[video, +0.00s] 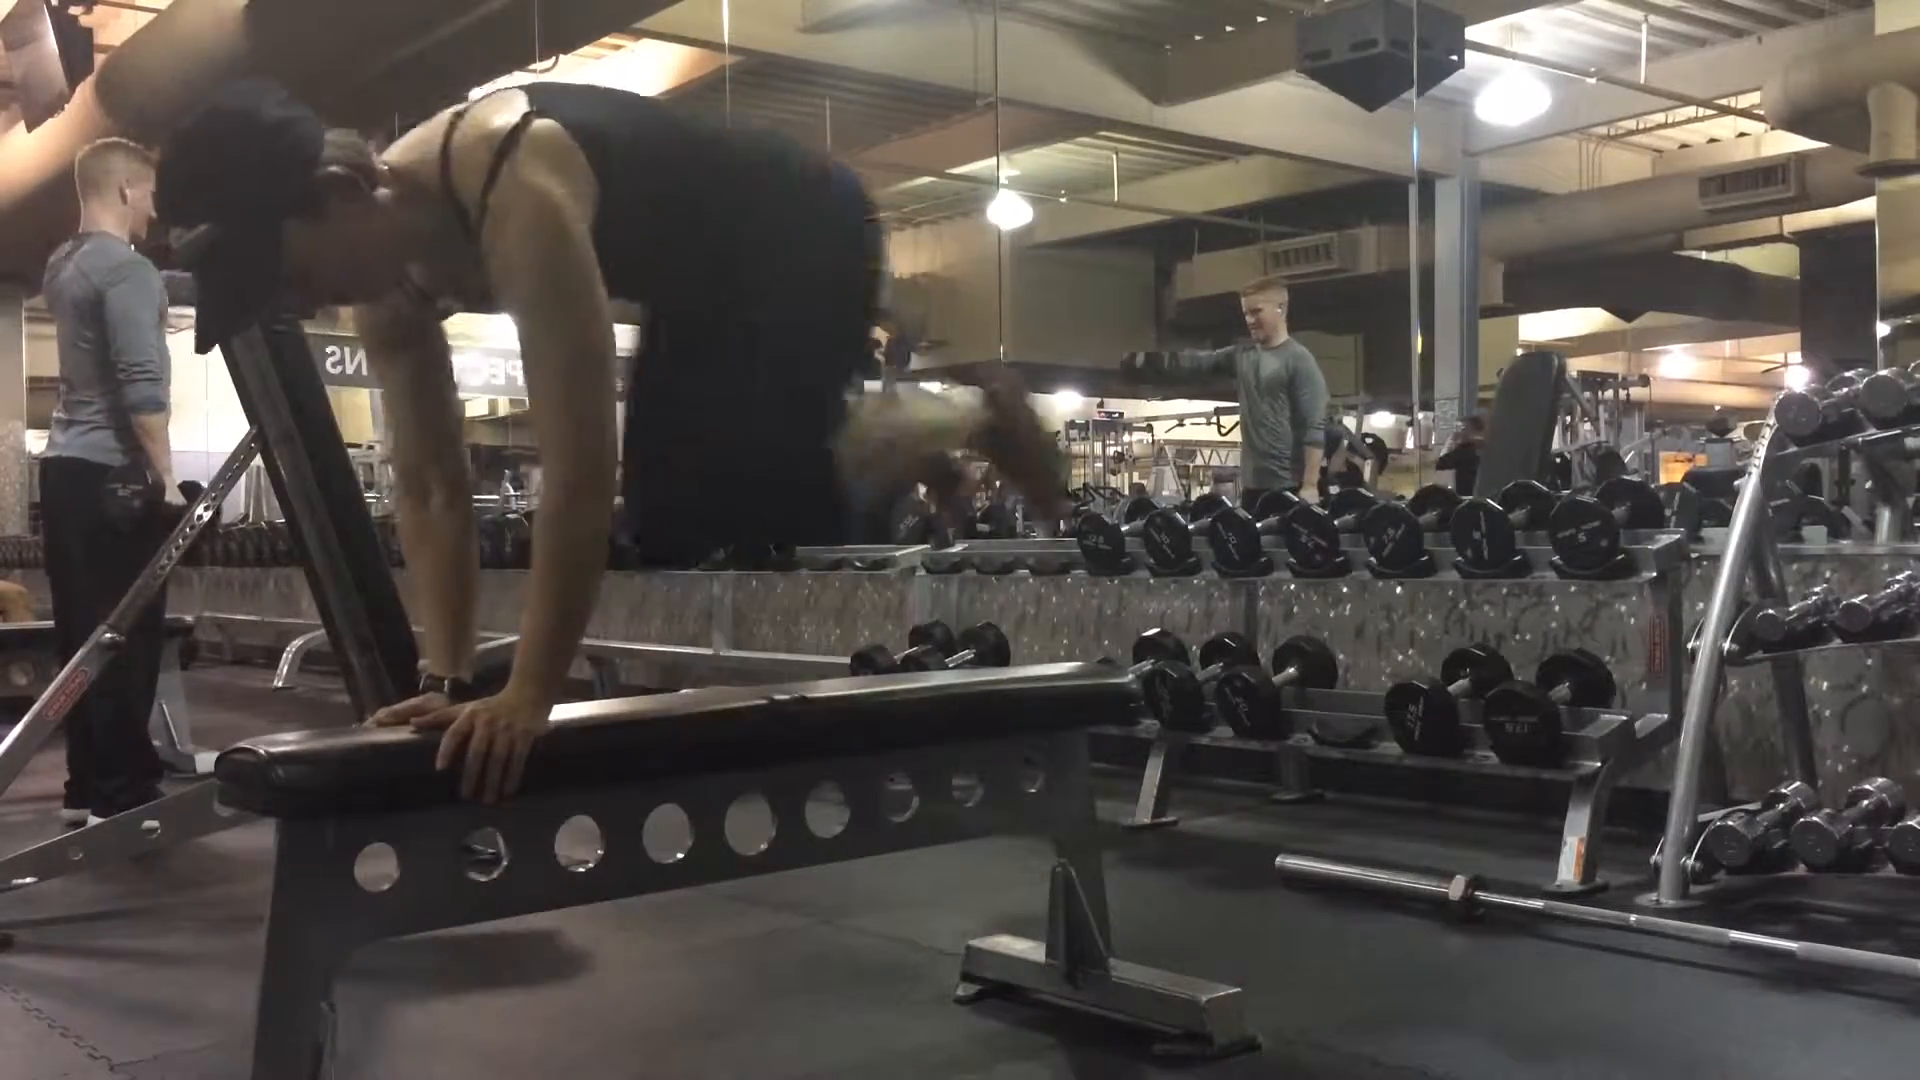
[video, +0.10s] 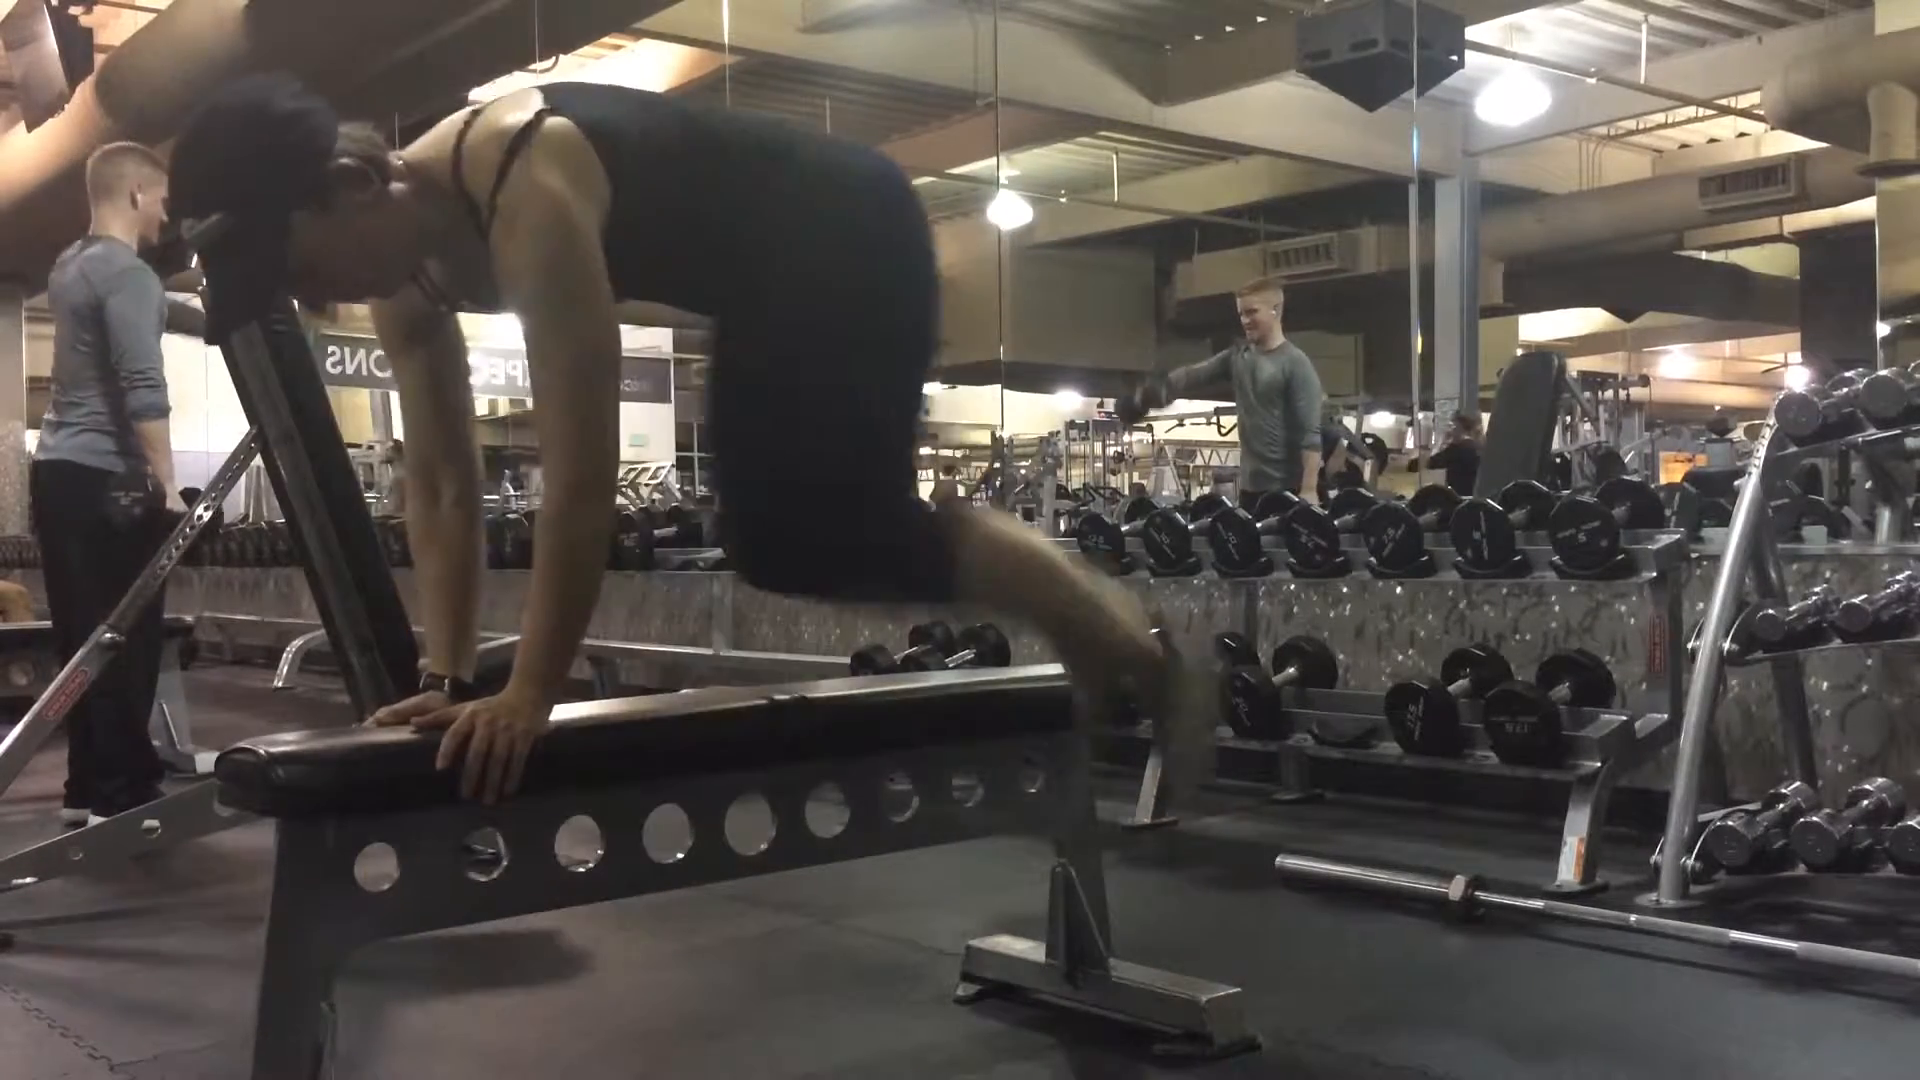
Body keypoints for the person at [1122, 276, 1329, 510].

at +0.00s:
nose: (1249, 320)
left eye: (1256, 312)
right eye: (1246, 314)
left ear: (1281, 310)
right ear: (1244, 316)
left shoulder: (1300, 360)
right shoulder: (1242, 355)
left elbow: (1315, 427)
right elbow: (1194, 362)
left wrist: (1310, 485)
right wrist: (1146, 360)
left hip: (1289, 485)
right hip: (1252, 485)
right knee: (1251, 563)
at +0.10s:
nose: (1244, 321)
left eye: (1251, 313)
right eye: (1241, 314)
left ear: (1276, 311)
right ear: (1239, 316)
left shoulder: (1297, 365)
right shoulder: (1239, 357)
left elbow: (1311, 434)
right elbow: (1193, 376)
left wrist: (1308, 490)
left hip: (1286, 490)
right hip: (1250, 489)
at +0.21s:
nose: (1234, 329)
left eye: (1242, 320)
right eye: (1230, 322)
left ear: (1264, 318)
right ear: (1227, 324)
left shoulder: (1290, 371)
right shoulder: (1227, 368)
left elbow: (1308, 445)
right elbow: (1189, 396)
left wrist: (1308, 499)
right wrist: (1163, 422)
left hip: (1289, 489)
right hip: (1253, 489)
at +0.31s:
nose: (1216, 348)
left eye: (1224, 339)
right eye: (1213, 340)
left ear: (1247, 337)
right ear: (1210, 340)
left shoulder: (1280, 385)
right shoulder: (1212, 387)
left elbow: (1304, 460)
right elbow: (1182, 435)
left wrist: (1308, 517)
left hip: (1294, 488)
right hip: (1261, 489)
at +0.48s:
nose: (1194, 412)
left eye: (1199, 402)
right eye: (1188, 406)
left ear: (1217, 393)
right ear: (1184, 411)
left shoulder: (1258, 426)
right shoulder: (1196, 441)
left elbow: (1291, 492)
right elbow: (1189, 496)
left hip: (1310, 488)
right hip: (1265, 495)